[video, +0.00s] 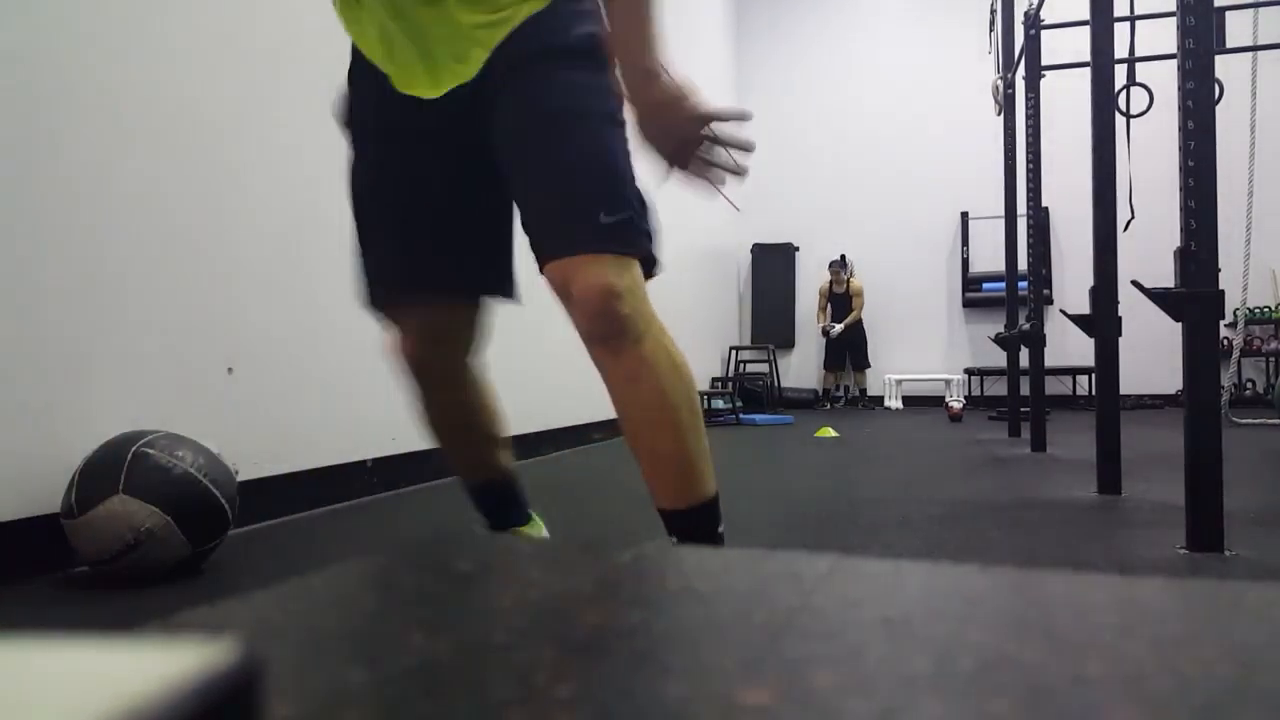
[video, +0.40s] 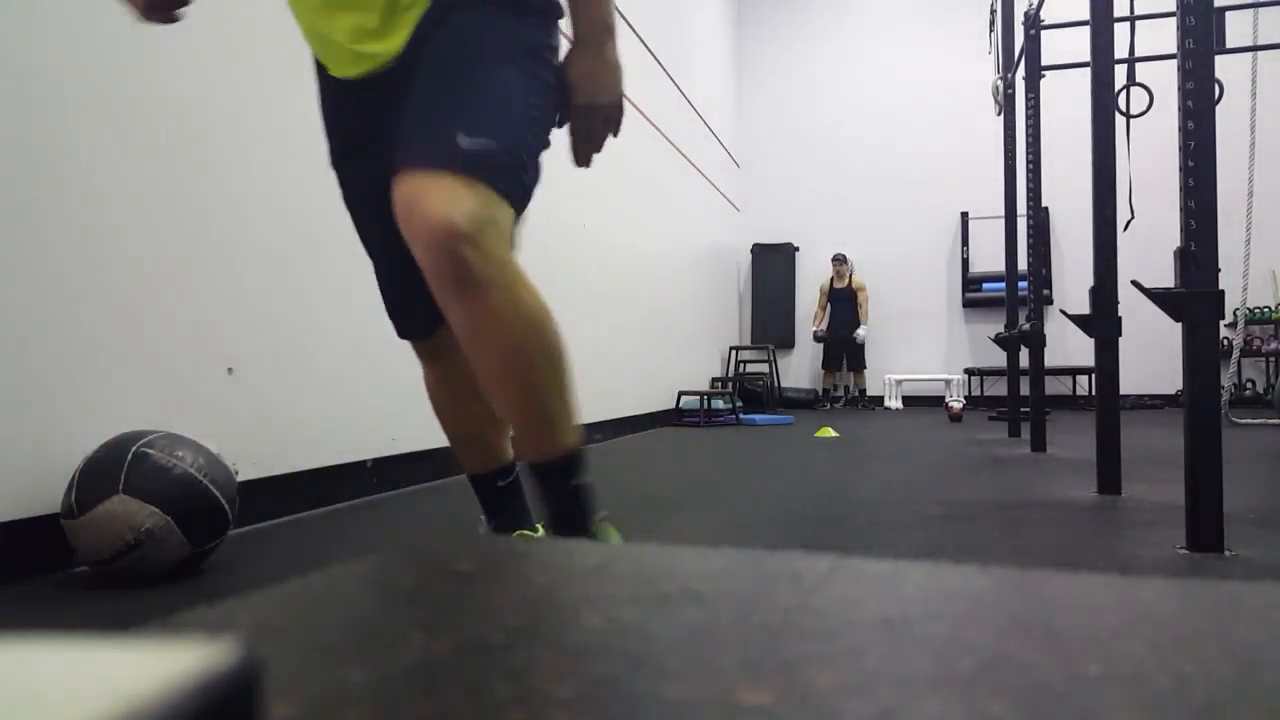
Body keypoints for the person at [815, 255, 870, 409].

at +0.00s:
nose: (835, 277)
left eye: (838, 273)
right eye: (832, 273)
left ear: (844, 272)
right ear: (829, 273)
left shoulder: (855, 287)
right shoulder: (825, 289)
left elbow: (857, 311)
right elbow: (822, 309)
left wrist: (842, 326)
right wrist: (822, 324)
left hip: (854, 329)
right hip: (834, 330)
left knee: (859, 366)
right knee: (830, 367)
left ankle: (863, 399)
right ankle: (825, 399)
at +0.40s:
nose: (837, 268)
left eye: (840, 265)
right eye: (834, 265)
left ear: (846, 266)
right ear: (831, 267)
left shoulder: (857, 283)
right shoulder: (826, 286)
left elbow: (863, 305)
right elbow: (821, 308)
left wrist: (863, 326)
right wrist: (815, 326)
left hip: (853, 331)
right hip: (833, 331)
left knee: (858, 368)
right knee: (829, 368)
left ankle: (862, 399)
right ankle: (825, 399)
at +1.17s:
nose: (834, 268)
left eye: (837, 265)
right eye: (833, 265)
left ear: (847, 265)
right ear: (832, 266)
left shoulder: (860, 282)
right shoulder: (829, 283)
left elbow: (870, 303)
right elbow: (815, 303)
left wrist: (876, 323)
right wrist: (797, 317)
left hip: (852, 330)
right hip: (832, 330)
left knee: (857, 367)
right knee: (827, 366)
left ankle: (862, 399)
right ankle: (822, 400)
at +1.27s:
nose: (825, 270)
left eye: (828, 267)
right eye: (824, 267)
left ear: (837, 267)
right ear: (825, 268)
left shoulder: (854, 281)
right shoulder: (823, 284)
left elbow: (865, 302)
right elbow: (808, 304)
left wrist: (872, 320)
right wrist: (790, 317)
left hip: (849, 330)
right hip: (829, 330)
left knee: (855, 367)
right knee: (825, 367)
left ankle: (862, 399)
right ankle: (822, 400)